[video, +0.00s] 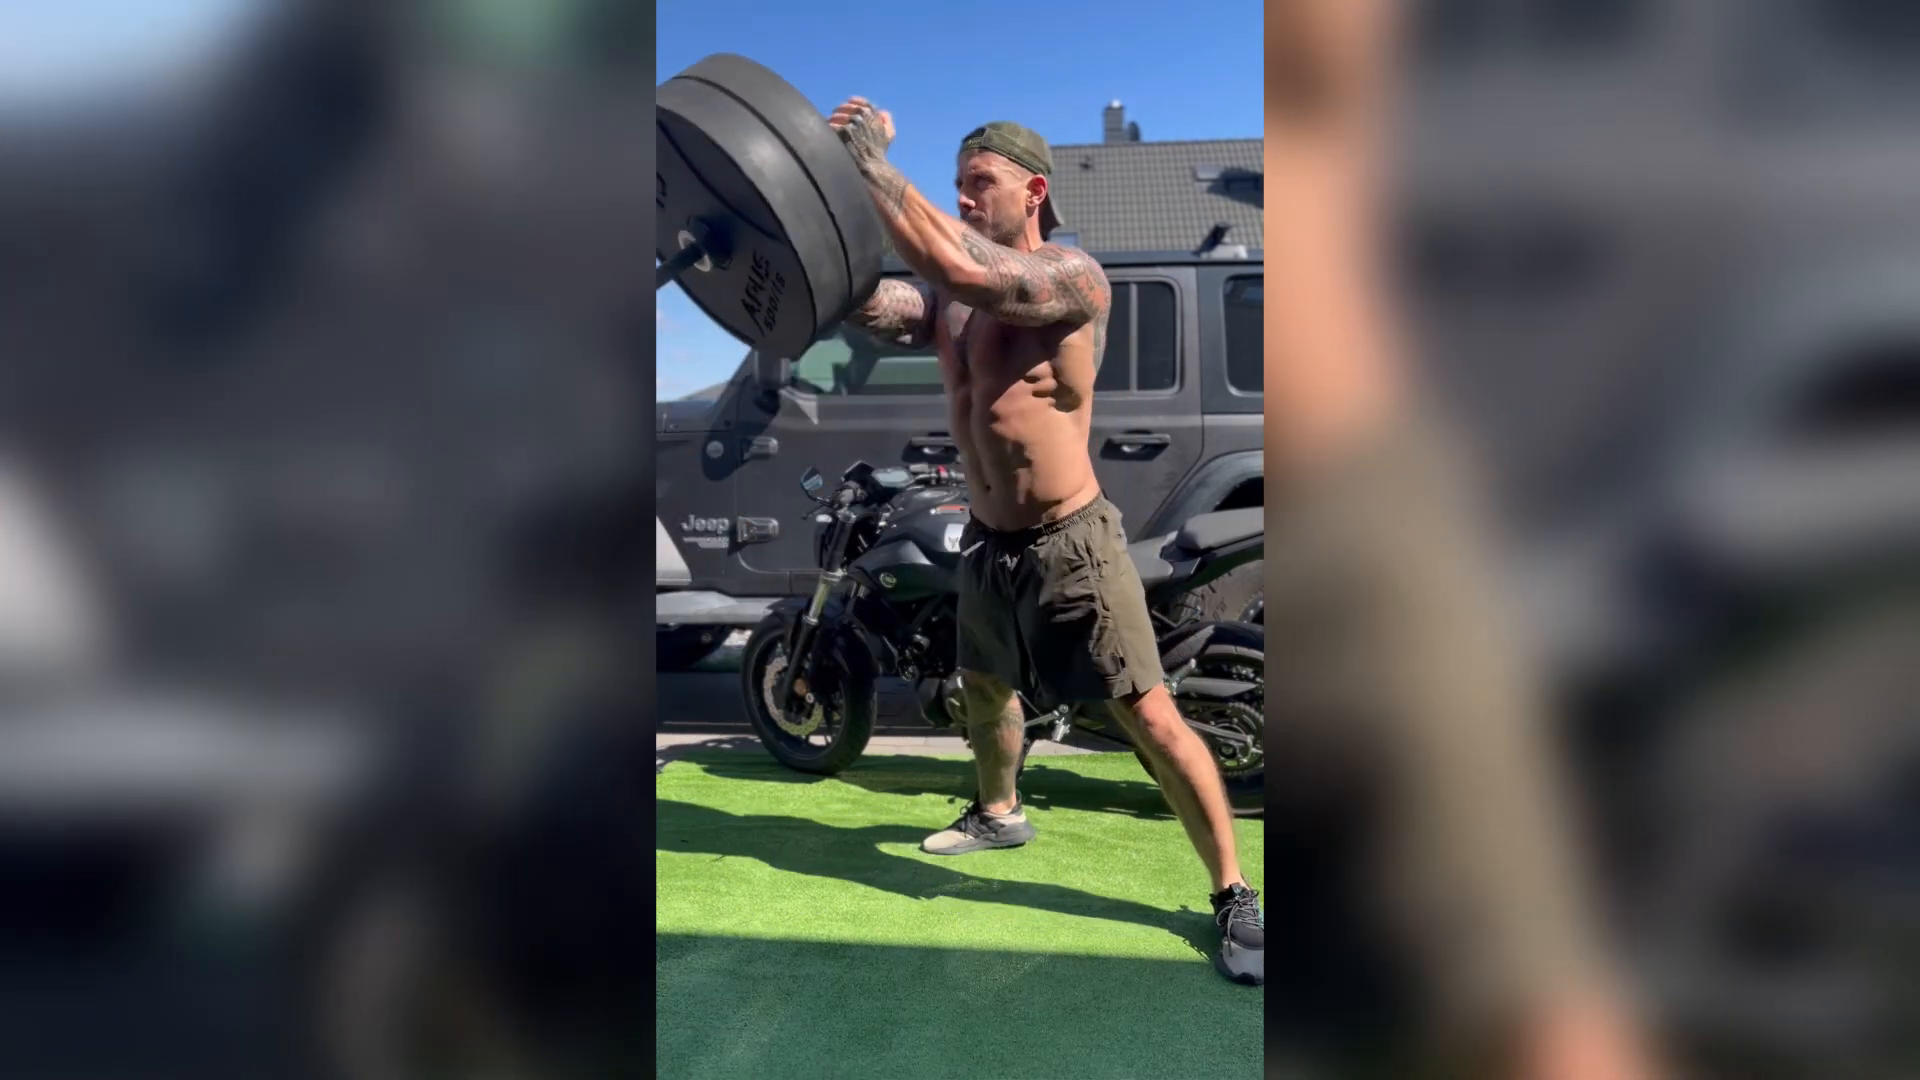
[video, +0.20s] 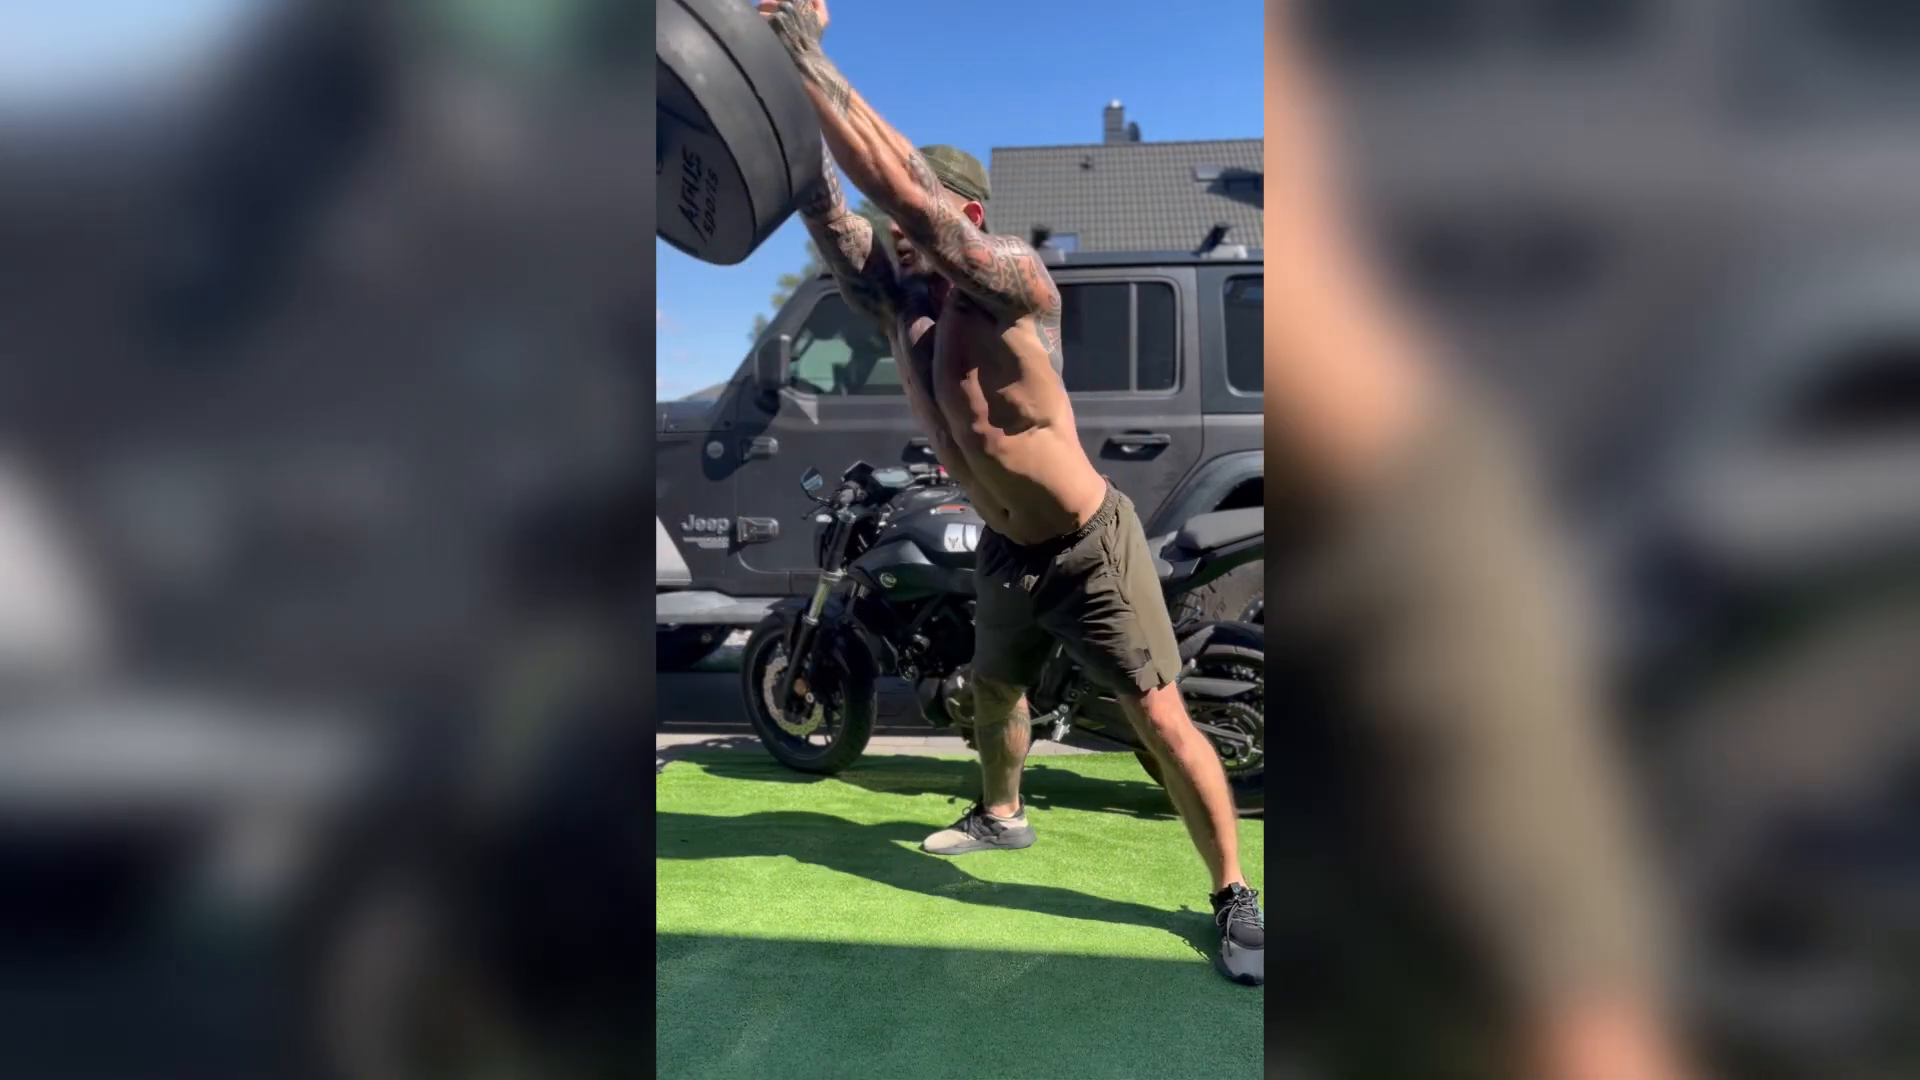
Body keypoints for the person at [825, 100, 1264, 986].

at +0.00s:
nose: (963, 197)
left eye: (981, 181)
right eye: (957, 184)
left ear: (1036, 191)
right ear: (960, 195)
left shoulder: (1076, 275)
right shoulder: (947, 292)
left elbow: (971, 273)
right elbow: (859, 303)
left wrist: (874, 169)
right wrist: (788, 223)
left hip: (1074, 536)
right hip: (987, 544)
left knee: (1149, 717)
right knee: (986, 691)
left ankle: (1233, 892)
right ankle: (998, 814)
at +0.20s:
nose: (911, 221)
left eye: (926, 204)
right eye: (906, 207)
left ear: (968, 210)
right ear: (909, 217)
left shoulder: (1017, 279)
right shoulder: (901, 289)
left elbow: (912, 196)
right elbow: (825, 213)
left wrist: (809, 59)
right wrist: (775, 78)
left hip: (1093, 541)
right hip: (1007, 553)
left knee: (1160, 719)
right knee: (991, 698)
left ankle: (1233, 895)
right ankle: (1002, 815)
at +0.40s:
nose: (937, 206)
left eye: (953, 196)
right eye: (932, 197)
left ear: (1001, 212)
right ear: (933, 217)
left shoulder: (1046, 281)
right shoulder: (924, 303)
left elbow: (946, 239)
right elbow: (841, 255)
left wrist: (843, 112)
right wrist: (773, 160)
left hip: (1098, 548)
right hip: (1012, 558)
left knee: (1163, 728)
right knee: (985, 691)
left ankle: (1235, 894)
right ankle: (1001, 815)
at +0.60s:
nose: (990, 216)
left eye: (1009, 204)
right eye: (987, 205)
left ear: (1058, 223)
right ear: (986, 227)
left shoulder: (1099, 308)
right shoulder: (971, 321)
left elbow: (1008, 352)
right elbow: (916, 381)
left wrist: (928, 262)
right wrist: (840, 328)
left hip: (1101, 557)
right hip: (1013, 558)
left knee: (1158, 731)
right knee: (968, 694)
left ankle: (1235, 897)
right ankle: (1002, 819)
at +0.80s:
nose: (997, 330)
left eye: (1016, 321)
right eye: (997, 320)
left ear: (1062, 340)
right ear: (993, 335)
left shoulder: (1109, 425)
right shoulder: (998, 419)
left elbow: (1041, 530)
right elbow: (958, 517)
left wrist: (985, 440)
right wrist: (933, 437)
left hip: (1136, 615)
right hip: (1050, 617)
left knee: (1172, 747)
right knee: (944, 700)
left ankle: (1238, 900)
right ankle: (995, 815)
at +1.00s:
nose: (1002, 433)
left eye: (1020, 423)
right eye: (1000, 421)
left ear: (1066, 441)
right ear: (994, 432)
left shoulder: (1120, 522)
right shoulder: (999, 513)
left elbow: (1070, 648)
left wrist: (1014, 553)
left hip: (1153, 669)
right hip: (1061, 669)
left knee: (1176, 748)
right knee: (948, 703)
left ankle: (1236, 899)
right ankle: (1000, 820)